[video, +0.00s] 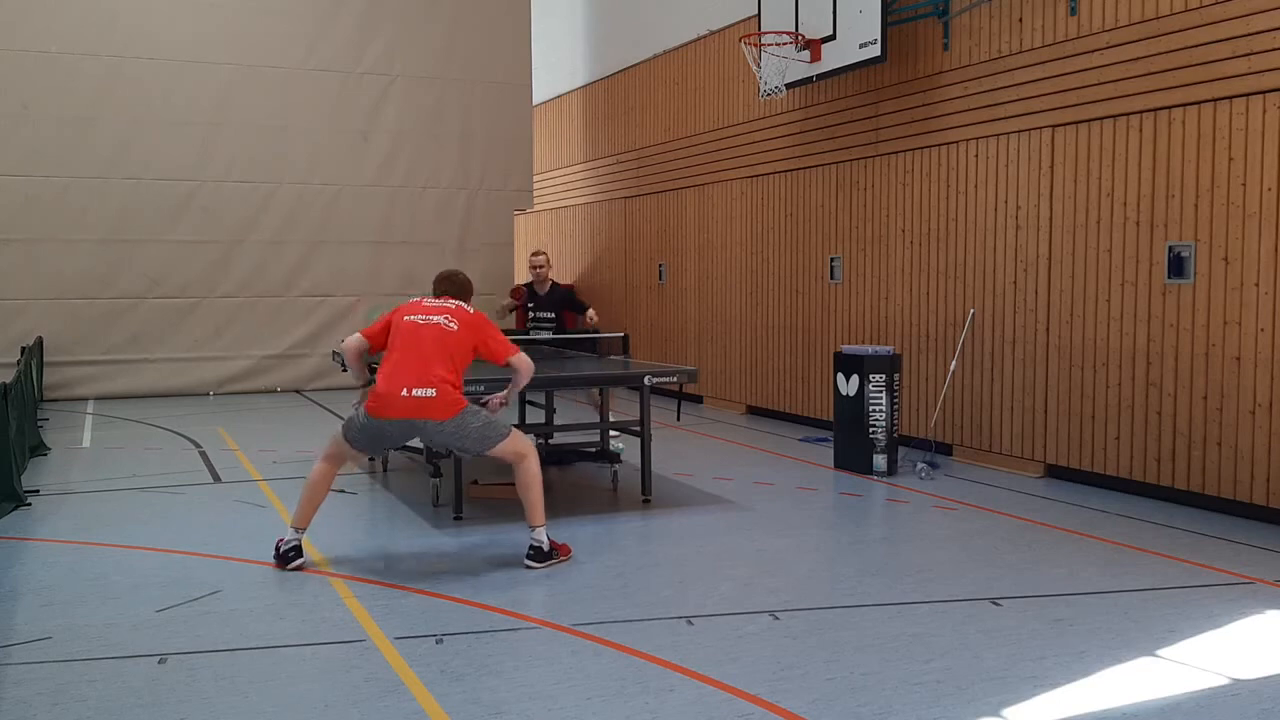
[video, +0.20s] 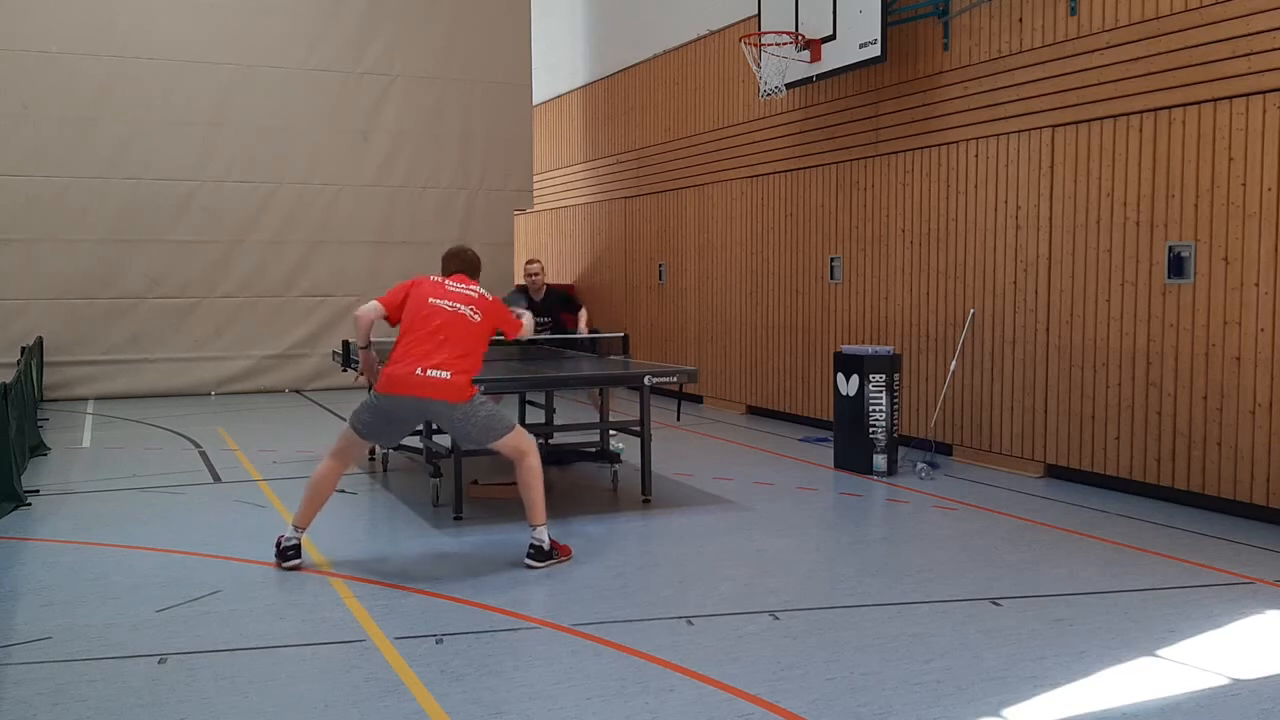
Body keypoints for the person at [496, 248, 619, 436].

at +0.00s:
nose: (537, 271)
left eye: (541, 267)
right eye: (533, 267)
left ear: (549, 268)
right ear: (529, 269)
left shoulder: (562, 292)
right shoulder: (523, 292)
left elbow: (586, 309)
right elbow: (500, 315)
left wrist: (590, 316)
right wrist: (508, 305)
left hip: (561, 351)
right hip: (531, 351)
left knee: (589, 382)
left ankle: (607, 424)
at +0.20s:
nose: (532, 279)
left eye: (536, 275)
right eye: (528, 275)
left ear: (544, 276)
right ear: (524, 278)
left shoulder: (558, 295)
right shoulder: (517, 298)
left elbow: (581, 310)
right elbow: (501, 311)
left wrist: (582, 326)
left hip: (561, 350)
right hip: (528, 351)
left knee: (590, 383)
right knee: (498, 379)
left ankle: (607, 428)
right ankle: (480, 420)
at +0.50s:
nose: (547, 292)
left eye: (550, 287)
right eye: (543, 288)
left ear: (556, 285)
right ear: (535, 288)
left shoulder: (565, 301)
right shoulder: (528, 303)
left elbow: (584, 319)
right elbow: (520, 325)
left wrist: (585, 336)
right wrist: (534, 326)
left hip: (567, 351)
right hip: (536, 351)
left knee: (590, 383)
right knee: (505, 376)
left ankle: (606, 423)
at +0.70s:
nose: (552, 271)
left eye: (556, 267)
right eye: (548, 267)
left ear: (561, 268)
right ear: (541, 269)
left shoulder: (569, 289)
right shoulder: (531, 287)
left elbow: (584, 308)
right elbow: (506, 303)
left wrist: (586, 325)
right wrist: (515, 306)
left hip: (563, 346)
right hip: (534, 346)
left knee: (590, 380)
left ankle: (607, 426)